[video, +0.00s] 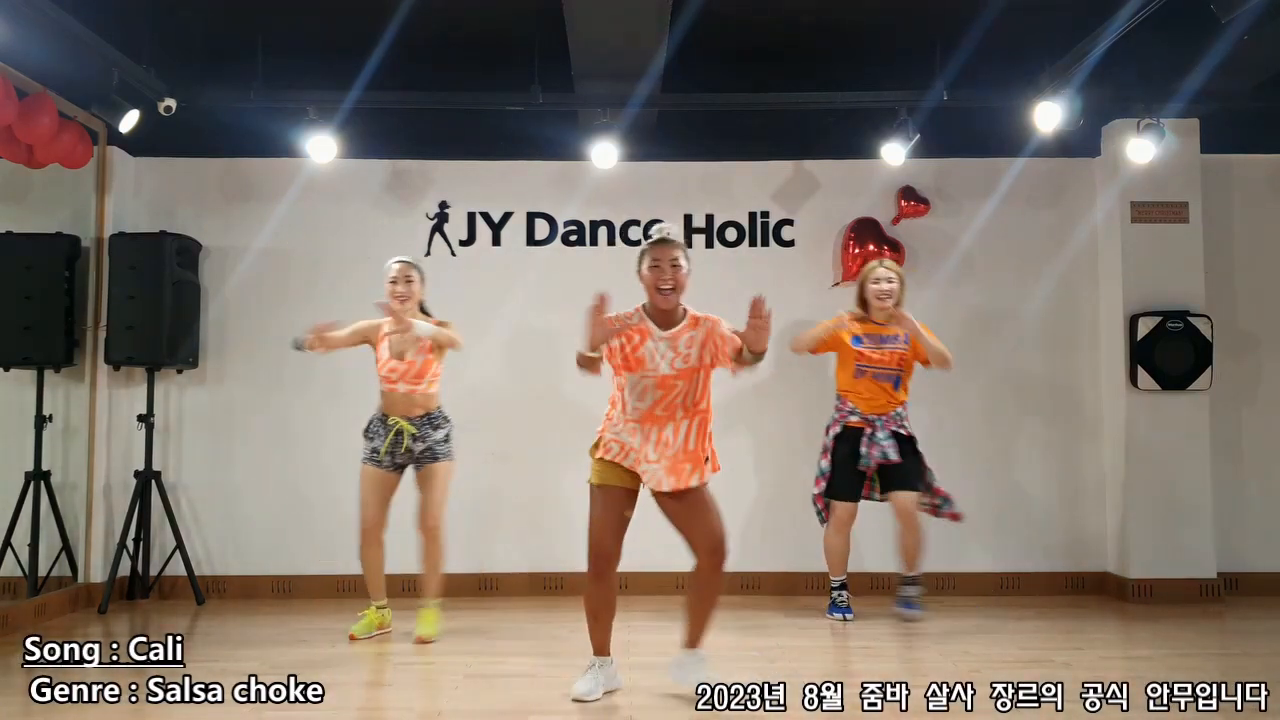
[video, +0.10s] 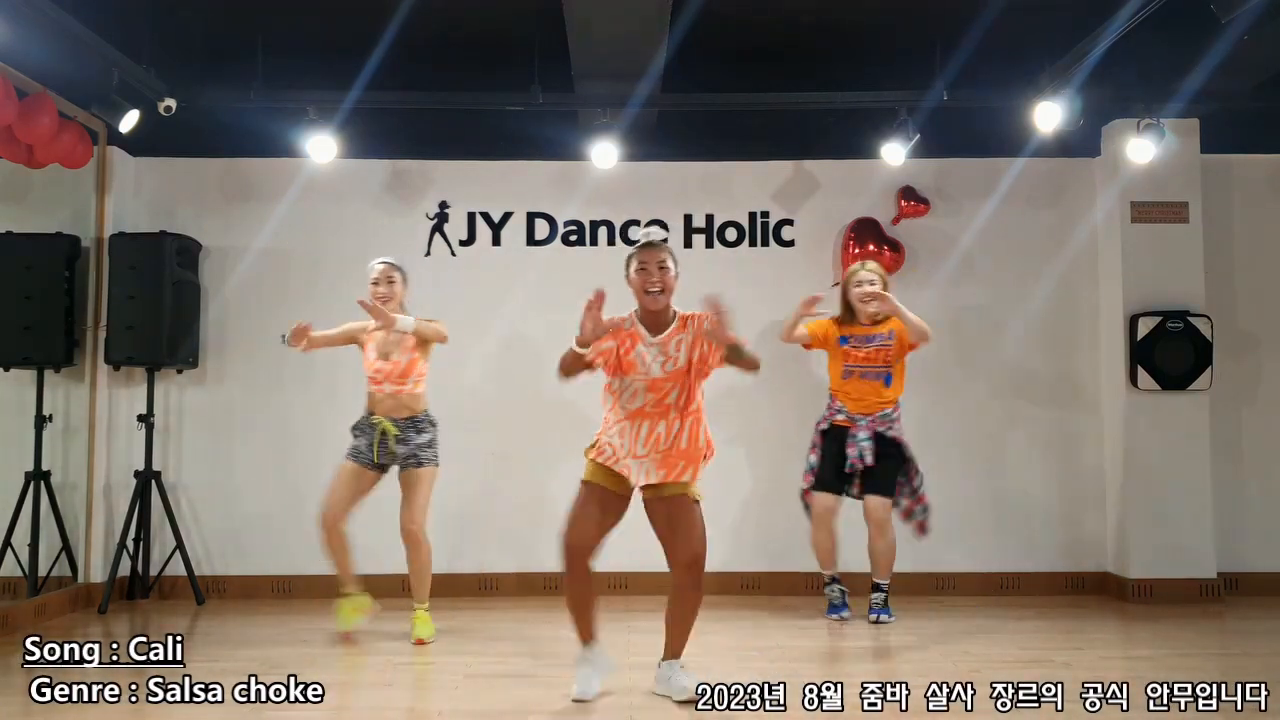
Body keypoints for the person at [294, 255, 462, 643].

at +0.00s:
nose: (400, 288)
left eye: (408, 281)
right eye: (394, 282)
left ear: (422, 289)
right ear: (385, 289)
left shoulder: (435, 328)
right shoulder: (374, 329)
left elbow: (453, 340)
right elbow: (327, 342)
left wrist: (420, 329)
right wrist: (313, 339)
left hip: (431, 432)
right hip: (386, 431)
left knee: (430, 523)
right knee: (369, 526)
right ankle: (378, 610)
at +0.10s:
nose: (382, 289)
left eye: (389, 282)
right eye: (376, 283)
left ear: (405, 290)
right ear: (367, 292)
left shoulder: (420, 328)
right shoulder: (362, 330)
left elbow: (441, 334)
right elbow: (308, 342)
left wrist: (394, 320)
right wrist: (297, 338)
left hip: (417, 432)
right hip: (373, 432)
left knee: (412, 527)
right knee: (330, 517)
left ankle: (421, 611)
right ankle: (353, 596)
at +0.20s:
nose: (360, 292)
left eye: (368, 285)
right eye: (353, 287)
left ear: (385, 291)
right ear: (347, 295)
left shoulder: (402, 336)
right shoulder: (343, 339)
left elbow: (441, 352)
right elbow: (298, 371)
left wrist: (414, 342)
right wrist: (297, 349)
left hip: (400, 437)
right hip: (358, 438)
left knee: (404, 534)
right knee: (301, 519)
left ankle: (420, 612)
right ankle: (294, 601)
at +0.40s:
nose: (304, 290)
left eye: (313, 284)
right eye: (305, 283)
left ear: (336, 293)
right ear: (311, 292)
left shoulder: (356, 331)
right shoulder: (306, 340)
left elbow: (397, 347)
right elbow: (277, 365)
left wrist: (367, 349)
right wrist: (257, 376)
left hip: (367, 434)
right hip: (326, 440)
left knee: (398, 525)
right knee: (283, 527)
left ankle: (428, 607)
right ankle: (280, 613)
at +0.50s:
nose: (290, 279)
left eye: (297, 274)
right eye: (291, 273)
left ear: (318, 282)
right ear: (297, 282)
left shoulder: (338, 316)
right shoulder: (298, 322)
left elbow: (349, 288)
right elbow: (257, 313)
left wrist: (319, 262)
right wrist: (245, 284)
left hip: (362, 418)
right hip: (324, 427)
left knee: (403, 508)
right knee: (294, 517)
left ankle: (447, 589)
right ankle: (279, 607)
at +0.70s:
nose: (295, 285)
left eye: (305, 279)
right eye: (294, 278)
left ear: (330, 288)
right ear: (293, 287)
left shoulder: (339, 324)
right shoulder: (294, 325)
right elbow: (249, 318)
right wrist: (234, 282)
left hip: (362, 424)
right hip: (322, 432)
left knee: (400, 513)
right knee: (288, 521)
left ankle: (445, 593)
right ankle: (280, 609)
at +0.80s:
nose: (316, 291)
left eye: (326, 285)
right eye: (311, 284)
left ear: (343, 294)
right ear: (304, 293)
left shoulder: (357, 335)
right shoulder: (300, 341)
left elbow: (395, 366)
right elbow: (268, 380)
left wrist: (358, 359)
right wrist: (264, 369)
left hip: (364, 435)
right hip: (321, 440)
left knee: (397, 529)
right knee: (278, 528)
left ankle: (427, 606)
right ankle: (279, 613)